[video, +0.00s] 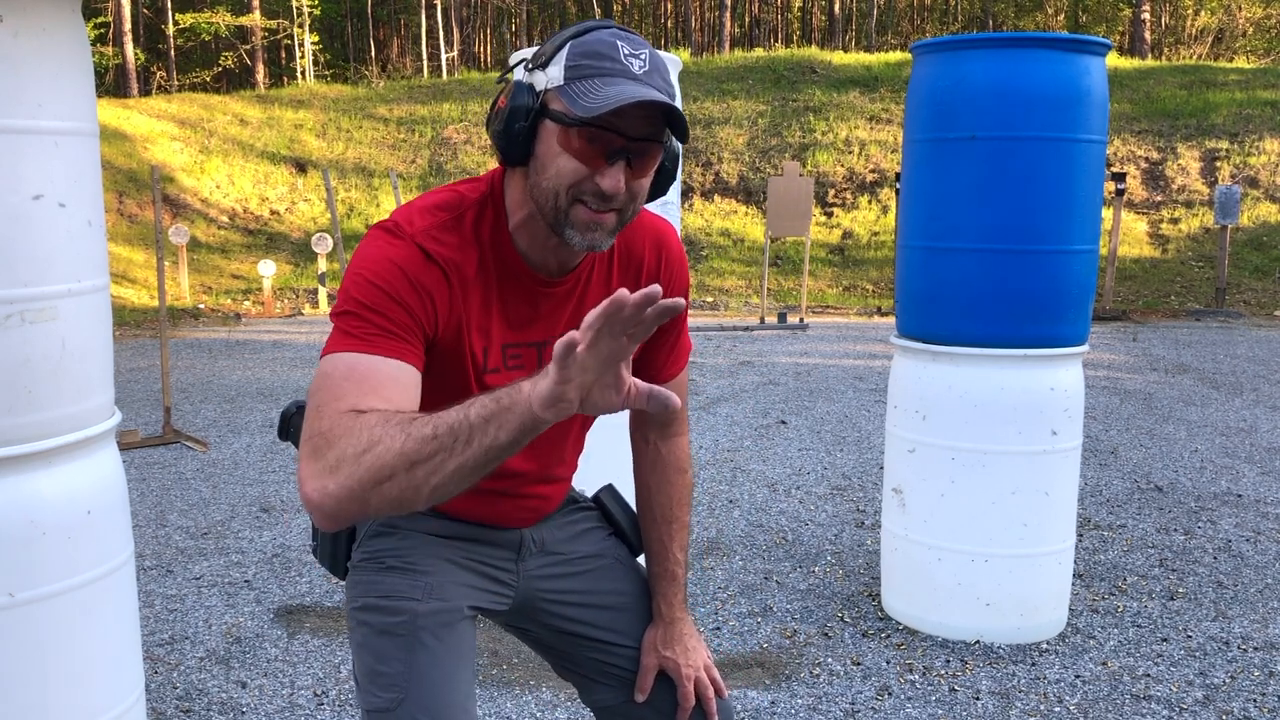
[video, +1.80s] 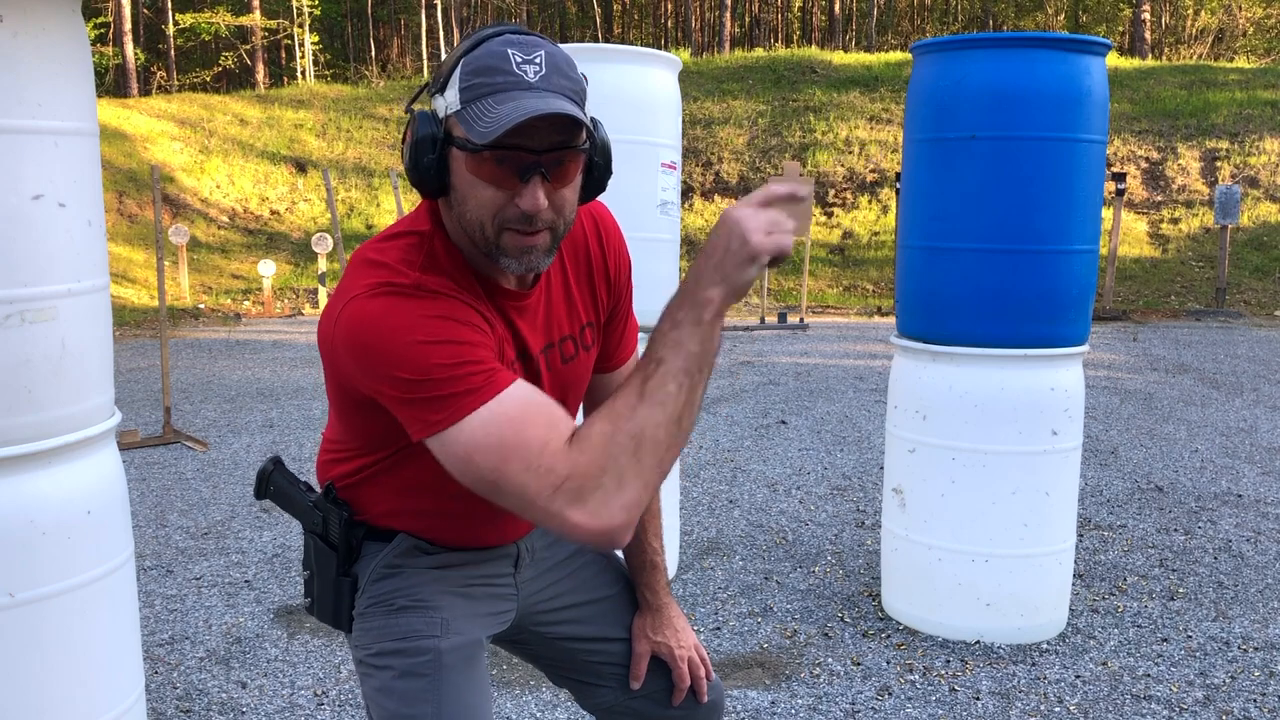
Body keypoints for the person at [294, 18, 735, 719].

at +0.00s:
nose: (613, 182)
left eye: (640, 153)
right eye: (593, 142)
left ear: (660, 163)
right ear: (521, 127)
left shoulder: (651, 253)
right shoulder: (411, 250)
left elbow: (664, 429)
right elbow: (334, 480)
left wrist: (673, 611)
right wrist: (548, 395)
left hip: (558, 527)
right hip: (419, 533)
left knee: (682, 701)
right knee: (425, 707)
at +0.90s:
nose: (635, 182)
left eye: (636, 154)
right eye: (607, 150)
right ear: (507, 148)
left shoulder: (619, 253)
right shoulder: (384, 285)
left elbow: (642, 427)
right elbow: (390, 535)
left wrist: (664, 603)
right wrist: (606, 387)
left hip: (546, 535)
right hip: (416, 567)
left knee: (687, 700)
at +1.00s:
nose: (626, 180)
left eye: (624, 151)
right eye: (596, 150)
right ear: (497, 157)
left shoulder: (604, 262)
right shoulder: (378, 303)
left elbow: (630, 425)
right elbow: (458, 555)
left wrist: (658, 597)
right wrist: (590, 337)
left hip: (536, 526)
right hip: (401, 551)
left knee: (687, 699)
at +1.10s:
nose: (611, 180)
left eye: (610, 149)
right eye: (580, 151)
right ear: (483, 157)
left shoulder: (591, 246)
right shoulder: (378, 321)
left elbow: (625, 424)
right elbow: (539, 564)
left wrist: (655, 594)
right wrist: (577, 315)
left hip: (546, 543)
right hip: (411, 560)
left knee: (686, 698)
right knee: (440, 704)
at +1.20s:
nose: (597, 178)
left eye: (597, 148)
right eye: (566, 150)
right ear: (467, 158)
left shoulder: (578, 241)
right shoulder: (380, 332)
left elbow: (616, 430)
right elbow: (582, 555)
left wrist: (650, 588)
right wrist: (602, 317)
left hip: (548, 549)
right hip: (417, 570)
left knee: (686, 695)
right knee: (445, 704)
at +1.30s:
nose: (584, 175)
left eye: (587, 146)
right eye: (552, 147)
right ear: (455, 160)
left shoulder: (573, 244)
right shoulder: (382, 338)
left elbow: (605, 426)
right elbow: (608, 526)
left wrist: (650, 586)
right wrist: (663, 296)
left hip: (544, 542)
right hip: (420, 574)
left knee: (686, 693)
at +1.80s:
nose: (534, 200)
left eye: (557, 165)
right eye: (504, 165)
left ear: (586, 162)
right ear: (440, 155)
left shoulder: (592, 237)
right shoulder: (387, 305)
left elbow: (617, 409)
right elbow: (591, 500)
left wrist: (655, 592)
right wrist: (707, 290)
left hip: (559, 546)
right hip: (418, 567)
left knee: (689, 700)